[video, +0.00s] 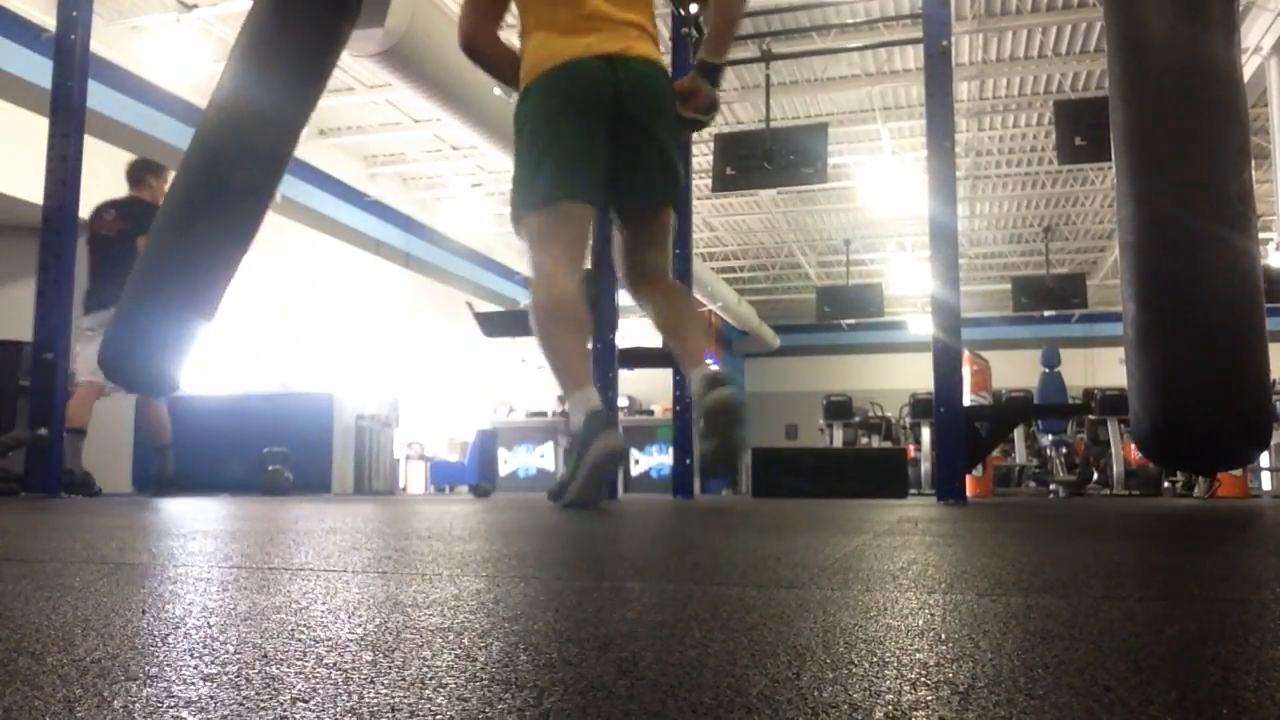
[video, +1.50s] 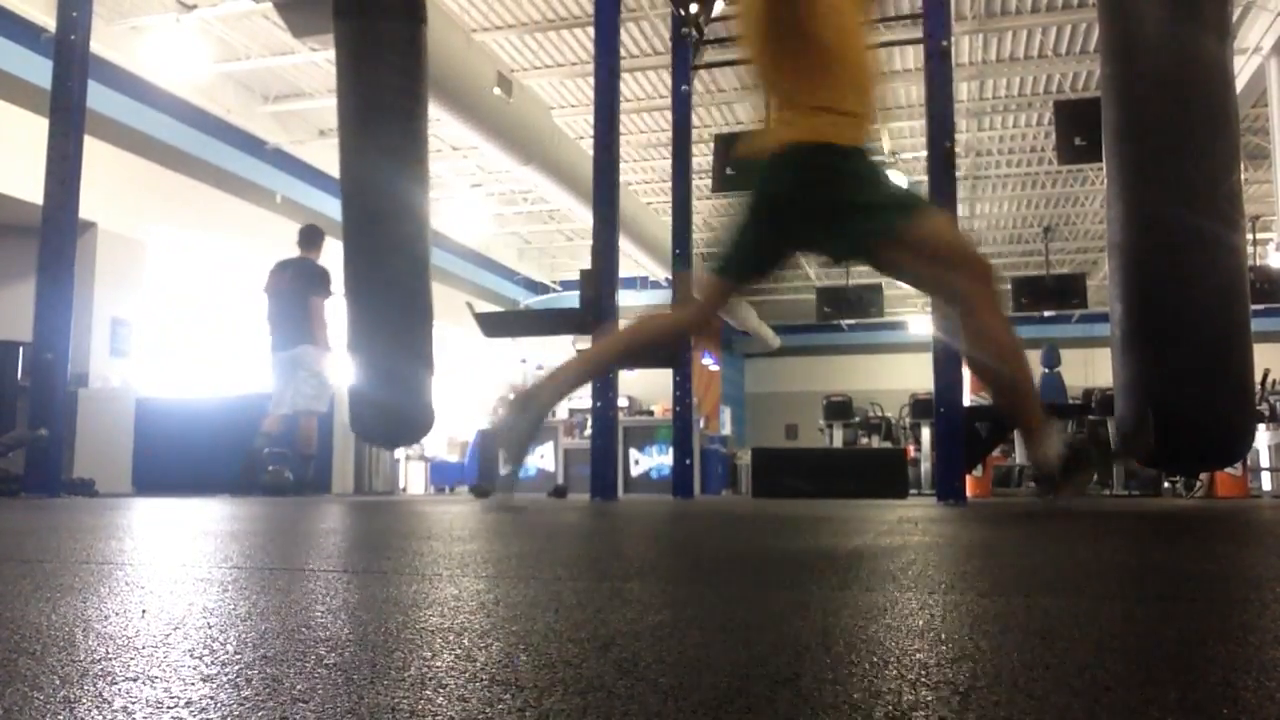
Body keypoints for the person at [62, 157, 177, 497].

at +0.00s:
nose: (164, 190)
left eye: (164, 184)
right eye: (163, 184)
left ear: (131, 180)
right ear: (151, 181)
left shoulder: (102, 210)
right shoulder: (152, 214)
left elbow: (93, 263)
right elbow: (152, 258)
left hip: (96, 311)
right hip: (137, 311)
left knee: (86, 387)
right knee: (152, 392)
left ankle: (70, 468)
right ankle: (166, 471)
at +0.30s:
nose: (202, 202)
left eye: (201, 196)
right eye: (202, 197)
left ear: (171, 194)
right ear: (198, 196)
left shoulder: (145, 223)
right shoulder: (199, 226)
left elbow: (140, 273)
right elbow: (210, 273)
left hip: (149, 321)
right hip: (184, 321)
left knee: (152, 388)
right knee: (180, 393)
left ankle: (126, 436)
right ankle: (171, 474)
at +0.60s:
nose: (229, 219)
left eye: (225, 213)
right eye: (229, 214)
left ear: (203, 211)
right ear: (227, 212)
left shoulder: (184, 237)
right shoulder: (227, 239)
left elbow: (178, 293)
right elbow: (237, 290)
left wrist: (189, 322)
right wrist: (262, 332)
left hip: (188, 318)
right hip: (214, 319)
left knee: (205, 394)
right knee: (199, 393)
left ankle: (218, 464)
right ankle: (171, 471)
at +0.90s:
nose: (256, 230)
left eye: (254, 225)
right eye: (256, 225)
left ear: (231, 223)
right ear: (253, 224)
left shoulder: (215, 249)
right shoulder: (251, 250)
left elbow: (214, 300)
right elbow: (257, 296)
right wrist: (283, 337)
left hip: (225, 338)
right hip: (250, 338)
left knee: (222, 402)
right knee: (260, 400)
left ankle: (223, 472)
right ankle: (221, 442)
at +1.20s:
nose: (286, 244)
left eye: (284, 239)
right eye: (286, 240)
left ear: (264, 236)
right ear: (284, 238)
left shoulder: (246, 260)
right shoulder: (281, 262)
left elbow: (242, 307)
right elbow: (277, 308)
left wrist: (250, 339)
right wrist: (282, 346)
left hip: (251, 342)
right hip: (273, 342)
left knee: (240, 406)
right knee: (289, 406)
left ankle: (232, 471)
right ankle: (297, 469)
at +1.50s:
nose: (317, 250)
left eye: (310, 244)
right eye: (318, 245)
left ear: (298, 243)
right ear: (320, 245)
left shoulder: (278, 269)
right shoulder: (317, 272)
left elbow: (271, 314)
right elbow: (317, 315)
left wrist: (277, 341)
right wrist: (324, 348)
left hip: (280, 348)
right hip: (308, 347)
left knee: (279, 405)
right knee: (309, 411)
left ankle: (255, 454)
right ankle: (307, 473)